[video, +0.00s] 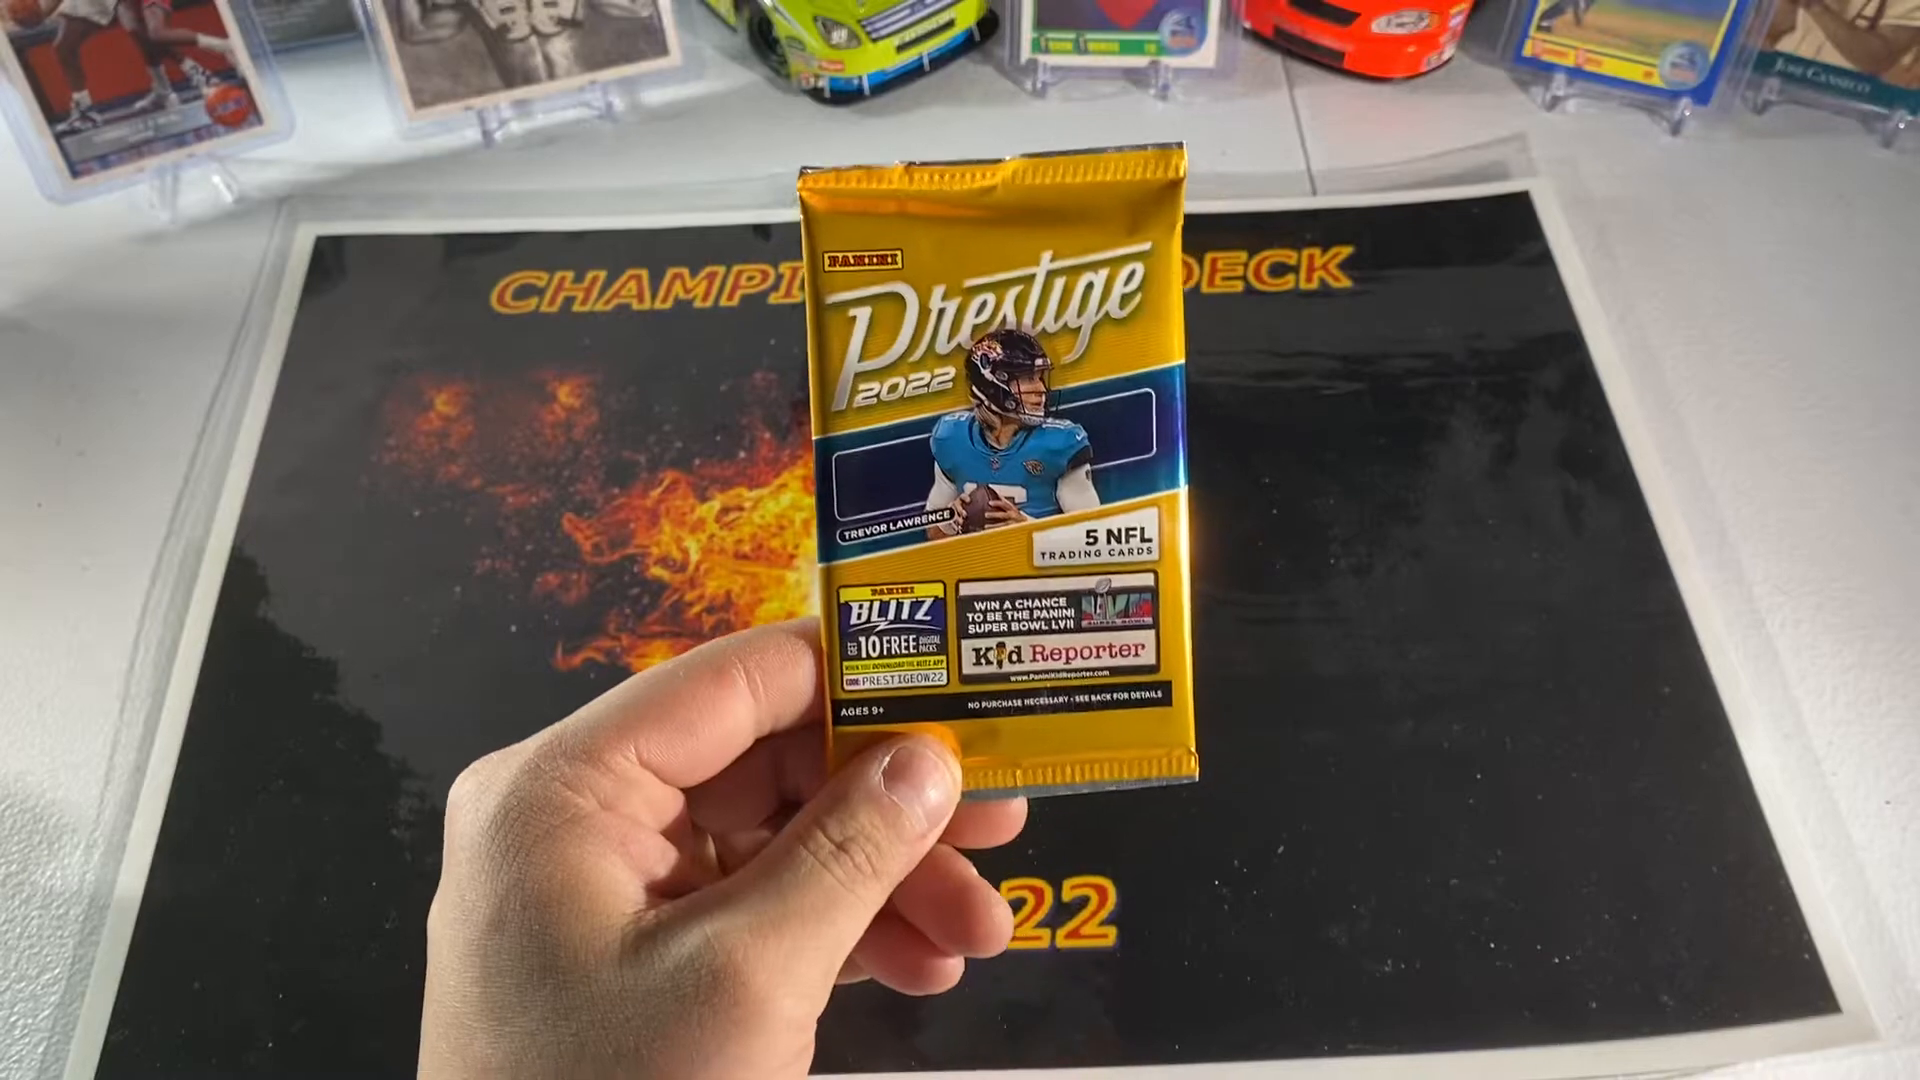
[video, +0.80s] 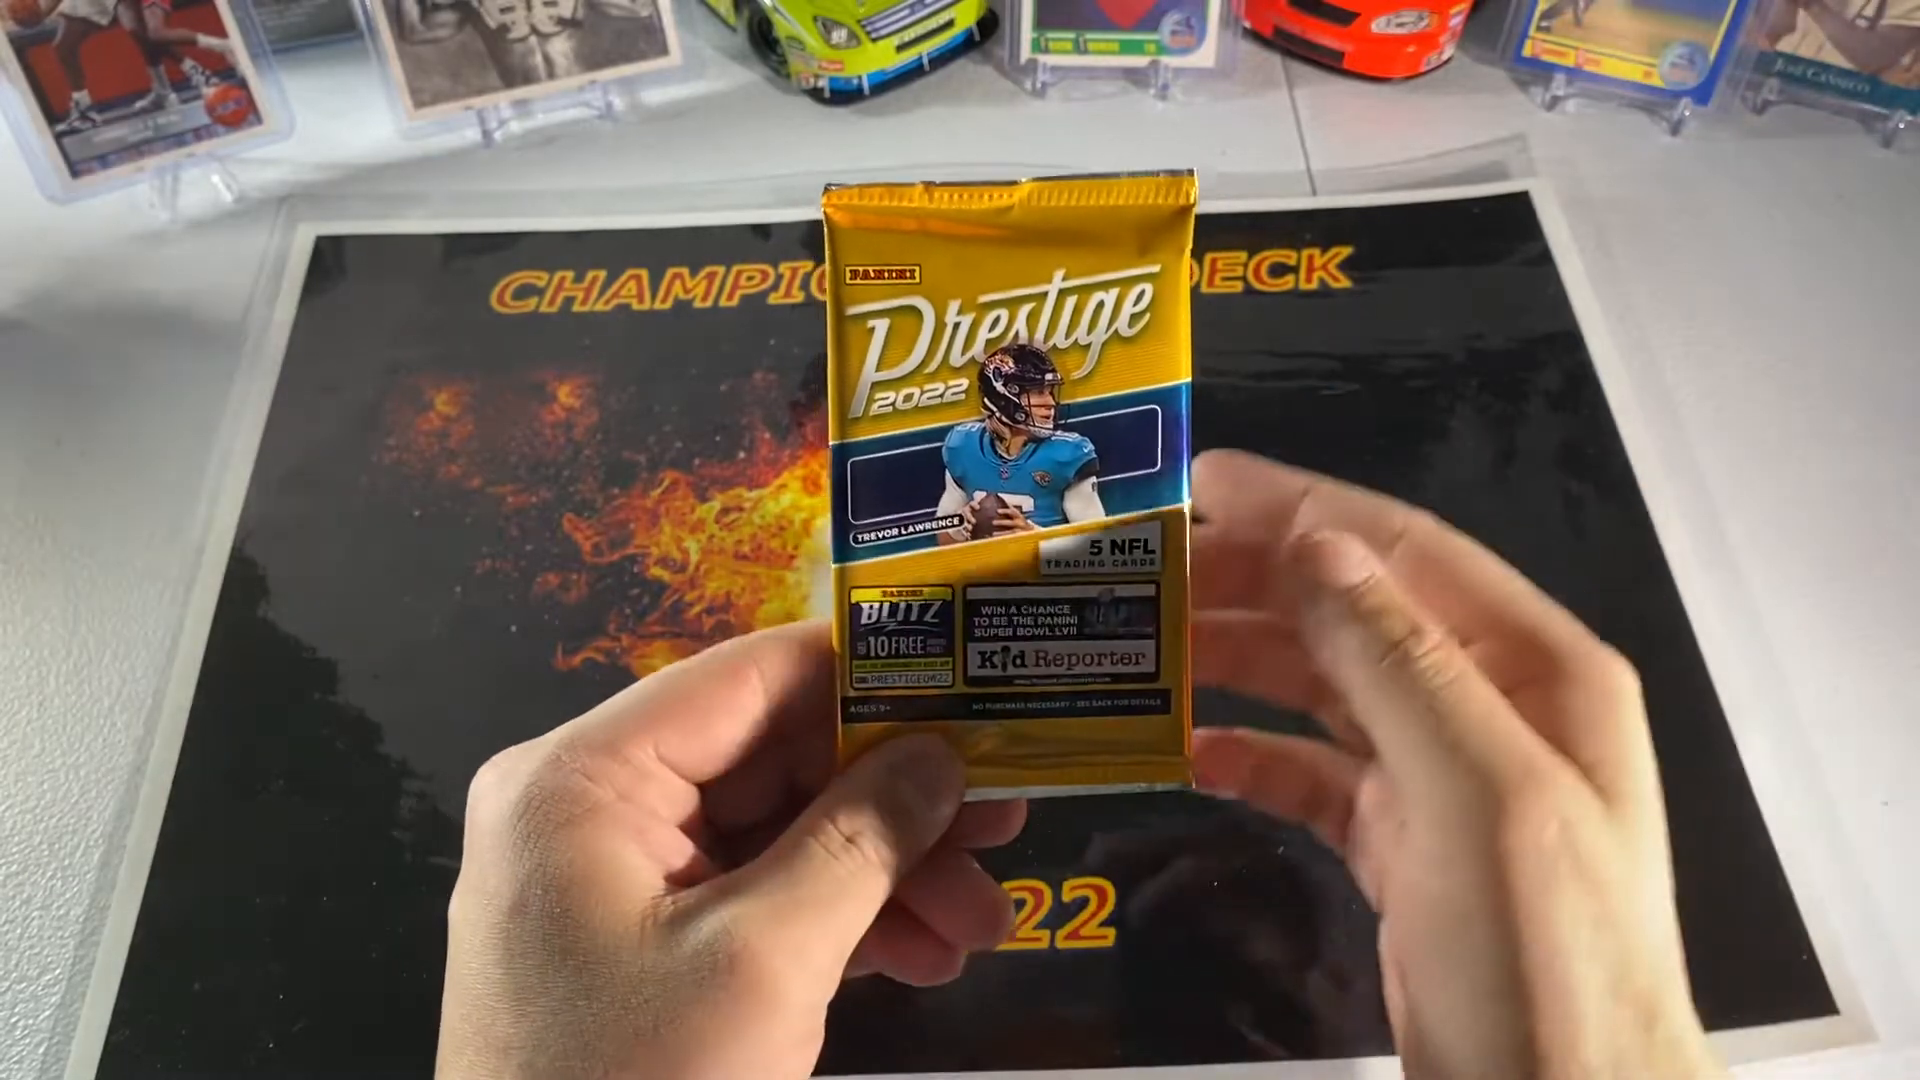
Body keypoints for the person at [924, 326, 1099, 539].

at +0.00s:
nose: (1040, 389)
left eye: (1040, 378)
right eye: (1025, 379)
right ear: (991, 385)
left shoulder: (1062, 442)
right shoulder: (950, 436)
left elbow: (1091, 531)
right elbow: (934, 530)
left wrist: (1029, 526)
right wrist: (954, 521)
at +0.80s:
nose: (1049, 403)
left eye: (1049, 392)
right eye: (1036, 392)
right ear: (1003, 397)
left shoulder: (1069, 454)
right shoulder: (961, 445)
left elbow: (1095, 539)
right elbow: (944, 537)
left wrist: (1035, 533)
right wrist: (964, 527)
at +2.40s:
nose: (1078, 416)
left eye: (1077, 406)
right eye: (1065, 407)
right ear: (1033, 414)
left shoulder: (1098, 465)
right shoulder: (993, 459)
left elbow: (1125, 548)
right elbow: (978, 548)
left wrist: (1068, 542)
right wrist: (998, 538)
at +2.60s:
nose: (1072, 418)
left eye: (1071, 407)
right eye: (1058, 409)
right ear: (1025, 416)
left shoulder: (1093, 467)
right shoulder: (988, 462)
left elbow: (1122, 550)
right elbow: (974, 550)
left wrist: (1064, 545)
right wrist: (994, 540)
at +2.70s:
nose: (1073, 413)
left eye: (1072, 403)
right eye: (1060, 405)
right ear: (1027, 412)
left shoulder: (1094, 463)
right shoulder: (987, 458)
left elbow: (1124, 546)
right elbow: (974, 549)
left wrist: (1065, 542)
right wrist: (992, 537)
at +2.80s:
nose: (1087, 402)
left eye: (1087, 390)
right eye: (1074, 392)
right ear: (1039, 398)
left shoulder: (1109, 451)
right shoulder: (1001, 445)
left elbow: (1134, 533)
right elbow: (987, 526)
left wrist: (1076, 528)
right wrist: (1005, 522)